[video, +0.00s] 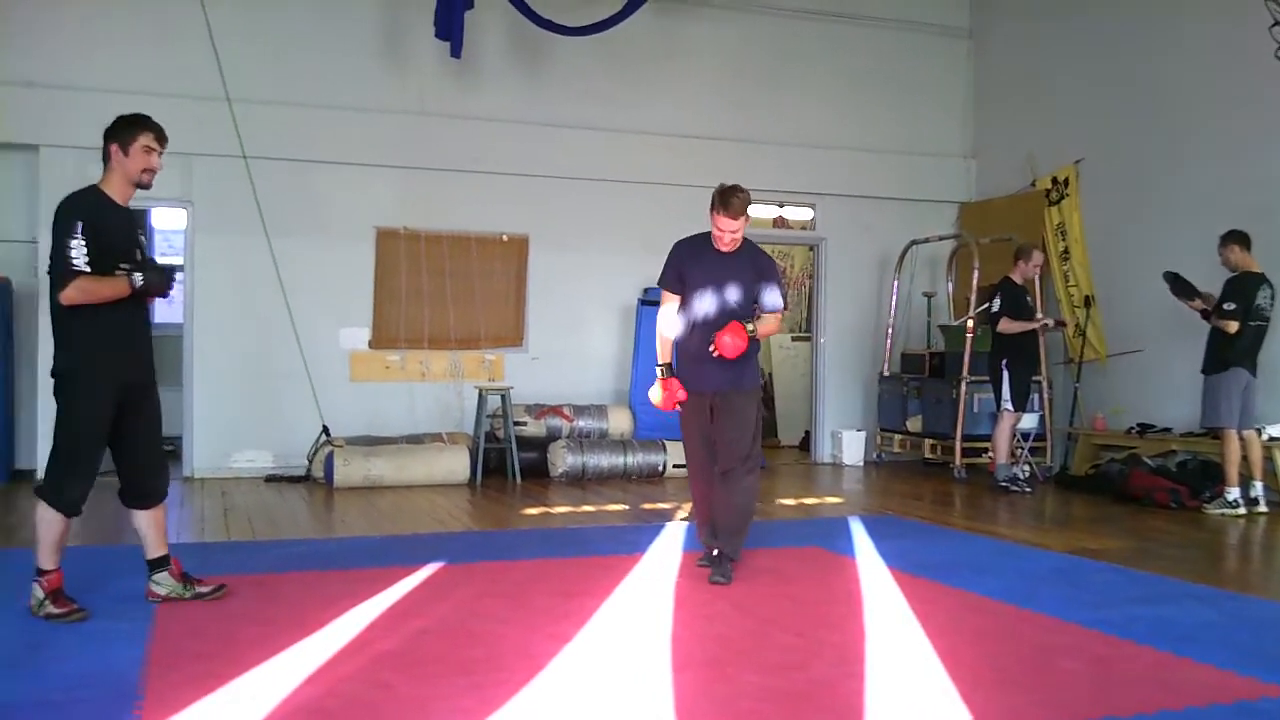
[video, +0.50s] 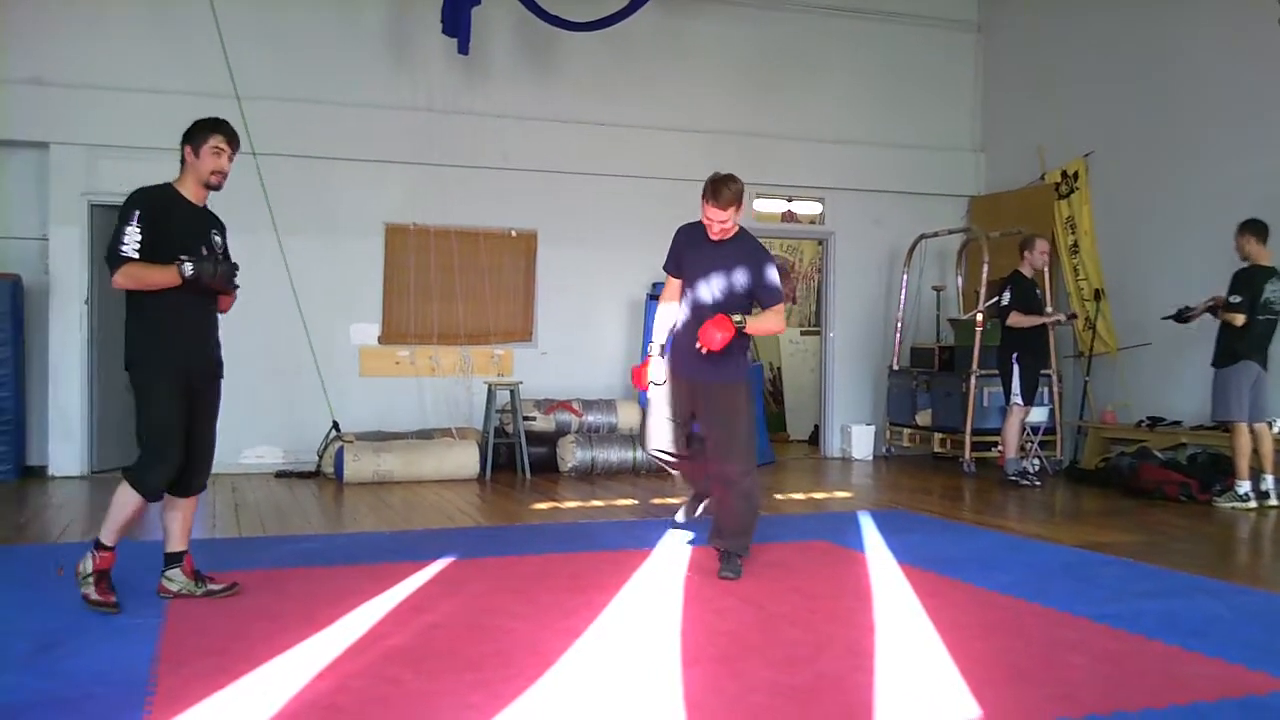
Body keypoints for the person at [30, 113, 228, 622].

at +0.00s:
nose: (156, 162)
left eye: (159, 154)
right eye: (148, 151)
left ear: (148, 159)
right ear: (116, 151)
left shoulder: (134, 220)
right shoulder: (78, 208)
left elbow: (130, 287)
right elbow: (68, 291)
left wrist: (151, 283)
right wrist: (137, 282)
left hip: (134, 370)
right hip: (85, 371)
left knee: (146, 472)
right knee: (67, 476)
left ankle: (163, 575)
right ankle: (46, 588)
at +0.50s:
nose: (224, 163)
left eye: (230, 156)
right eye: (216, 152)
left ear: (231, 165)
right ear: (189, 152)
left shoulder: (215, 226)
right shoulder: (147, 201)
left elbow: (223, 305)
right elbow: (122, 272)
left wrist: (223, 281)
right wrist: (188, 271)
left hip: (204, 359)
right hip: (156, 355)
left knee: (192, 467)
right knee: (159, 462)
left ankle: (176, 569)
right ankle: (98, 561)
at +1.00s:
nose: (226, 108)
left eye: (231, 100)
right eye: (218, 97)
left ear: (229, 104)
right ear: (188, 95)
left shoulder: (215, 166)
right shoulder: (146, 147)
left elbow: (229, 247)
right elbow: (126, 224)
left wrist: (231, 226)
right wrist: (196, 218)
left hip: (209, 306)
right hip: (164, 305)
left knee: (195, 409)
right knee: (179, 410)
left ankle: (161, 511)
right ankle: (187, 530)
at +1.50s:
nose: (282, 112)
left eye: (285, 103)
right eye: (274, 100)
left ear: (253, 102)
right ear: (241, 96)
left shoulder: (246, 159)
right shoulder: (209, 152)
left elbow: (243, 227)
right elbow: (209, 238)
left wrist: (273, 223)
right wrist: (271, 226)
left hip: (261, 309)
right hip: (224, 311)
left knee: (276, 412)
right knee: (229, 417)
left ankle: (255, 517)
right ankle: (227, 537)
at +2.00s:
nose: (278, 112)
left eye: (282, 103)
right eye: (270, 100)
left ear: (271, 107)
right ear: (239, 99)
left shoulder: (258, 168)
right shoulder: (206, 157)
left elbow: (253, 235)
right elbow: (203, 241)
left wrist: (283, 230)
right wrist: (267, 227)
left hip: (268, 316)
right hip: (228, 317)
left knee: (260, 419)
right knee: (228, 423)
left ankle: (249, 523)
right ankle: (221, 541)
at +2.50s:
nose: (302, 108)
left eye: (306, 100)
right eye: (293, 96)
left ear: (300, 106)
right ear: (263, 96)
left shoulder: (289, 164)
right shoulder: (228, 152)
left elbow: (293, 236)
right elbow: (220, 235)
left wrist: (311, 226)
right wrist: (285, 222)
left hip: (292, 311)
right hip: (249, 311)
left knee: (279, 415)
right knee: (248, 416)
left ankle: (264, 517)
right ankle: (236, 534)